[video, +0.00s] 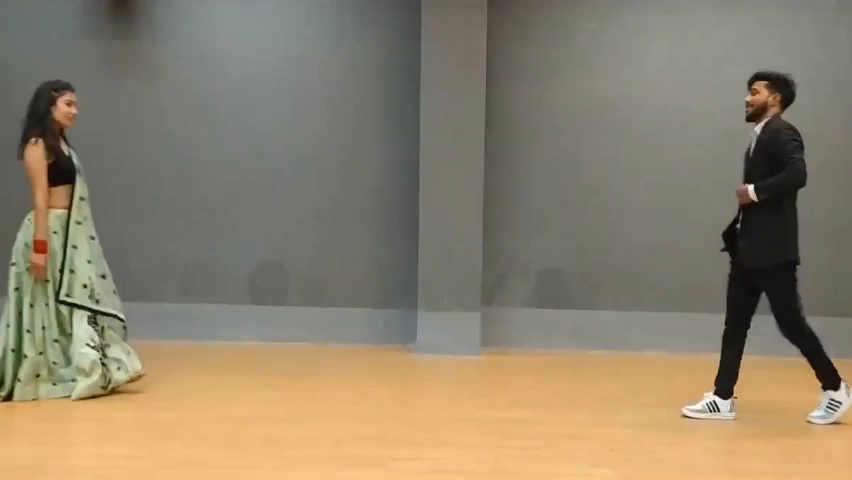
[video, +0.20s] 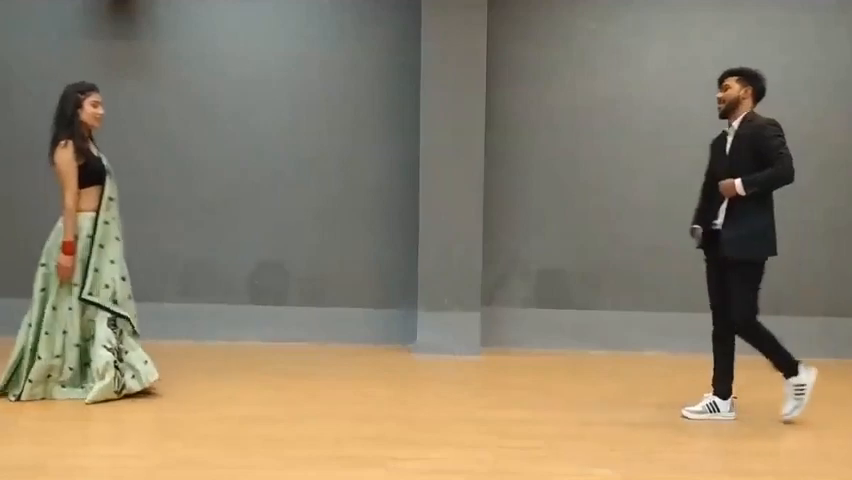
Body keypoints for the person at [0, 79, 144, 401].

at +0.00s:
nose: (74, 110)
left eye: (75, 105)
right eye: (68, 104)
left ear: (64, 109)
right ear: (49, 106)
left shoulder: (63, 144)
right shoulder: (37, 145)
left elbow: (68, 197)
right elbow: (40, 198)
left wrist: (77, 239)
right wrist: (40, 246)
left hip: (71, 235)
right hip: (50, 234)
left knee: (76, 302)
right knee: (49, 306)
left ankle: (79, 368)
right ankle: (47, 372)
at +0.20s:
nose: (101, 111)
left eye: (101, 105)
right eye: (94, 105)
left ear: (87, 111)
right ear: (76, 108)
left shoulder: (90, 146)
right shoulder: (67, 148)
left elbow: (89, 200)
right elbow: (70, 201)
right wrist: (68, 248)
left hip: (100, 237)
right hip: (81, 237)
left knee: (101, 304)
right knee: (77, 306)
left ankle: (101, 372)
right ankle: (73, 373)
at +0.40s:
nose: (133, 109)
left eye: (133, 103)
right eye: (127, 103)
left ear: (124, 109)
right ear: (109, 107)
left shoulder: (123, 143)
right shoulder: (100, 145)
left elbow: (126, 195)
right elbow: (106, 196)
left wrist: (138, 240)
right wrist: (109, 244)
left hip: (136, 232)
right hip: (117, 233)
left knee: (140, 305)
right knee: (113, 307)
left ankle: (129, 377)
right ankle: (68, 373)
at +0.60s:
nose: (162, 110)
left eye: (161, 104)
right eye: (156, 104)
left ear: (152, 108)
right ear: (138, 108)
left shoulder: (150, 142)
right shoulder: (129, 144)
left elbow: (155, 194)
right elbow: (133, 196)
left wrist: (165, 236)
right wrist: (137, 244)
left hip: (163, 230)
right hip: (146, 231)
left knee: (166, 304)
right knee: (147, 305)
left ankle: (160, 375)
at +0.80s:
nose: (190, 117)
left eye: (190, 111)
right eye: (184, 111)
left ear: (181, 115)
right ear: (167, 113)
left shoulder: (179, 150)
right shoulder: (159, 152)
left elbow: (181, 202)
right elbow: (162, 203)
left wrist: (197, 243)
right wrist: (164, 250)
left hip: (191, 235)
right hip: (175, 235)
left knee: (191, 307)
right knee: (174, 308)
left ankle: (192, 376)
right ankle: (173, 377)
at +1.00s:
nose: (219, 116)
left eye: (219, 110)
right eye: (213, 110)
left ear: (213, 113)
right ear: (196, 112)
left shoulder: (206, 149)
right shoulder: (189, 151)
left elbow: (208, 201)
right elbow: (191, 201)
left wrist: (224, 242)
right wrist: (195, 248)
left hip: (218, 234)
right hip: (204, 234)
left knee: (218, 307)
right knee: (204, 309)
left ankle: (219, 376)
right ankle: (206, 377)